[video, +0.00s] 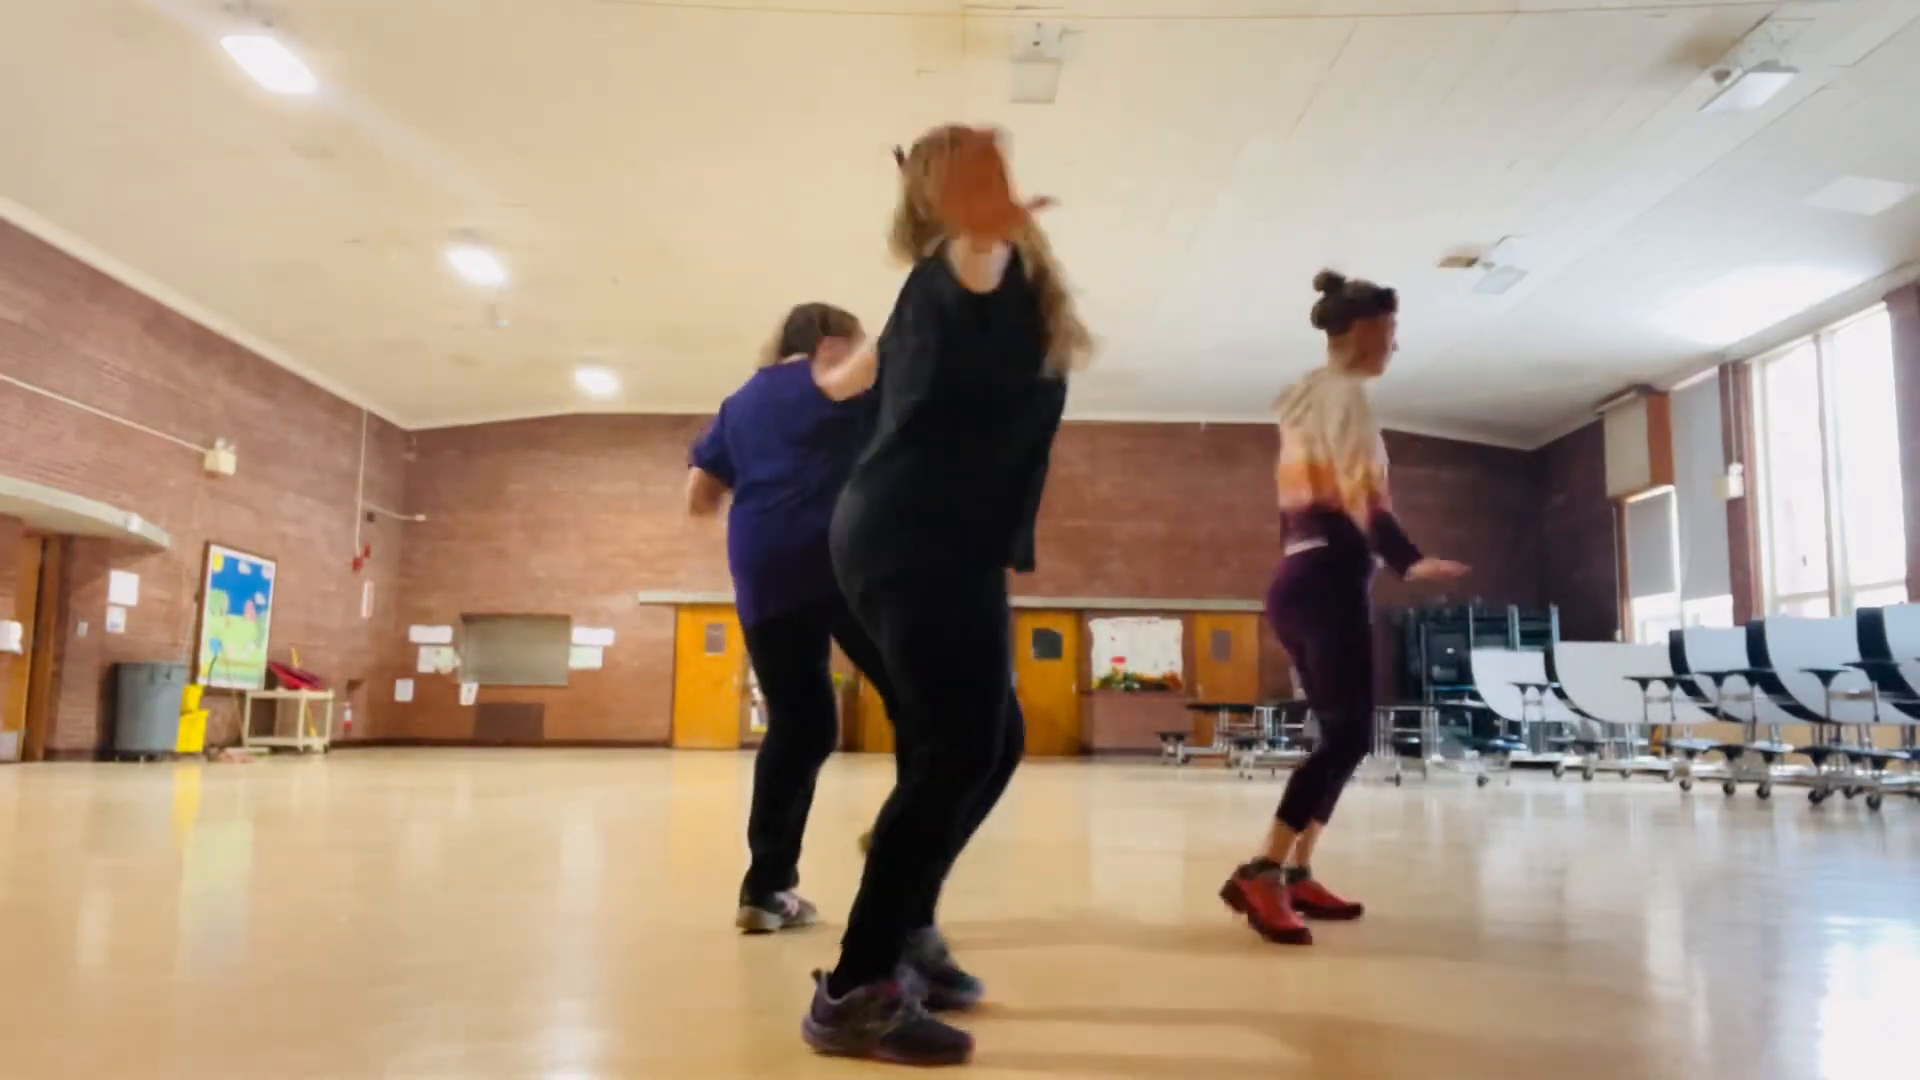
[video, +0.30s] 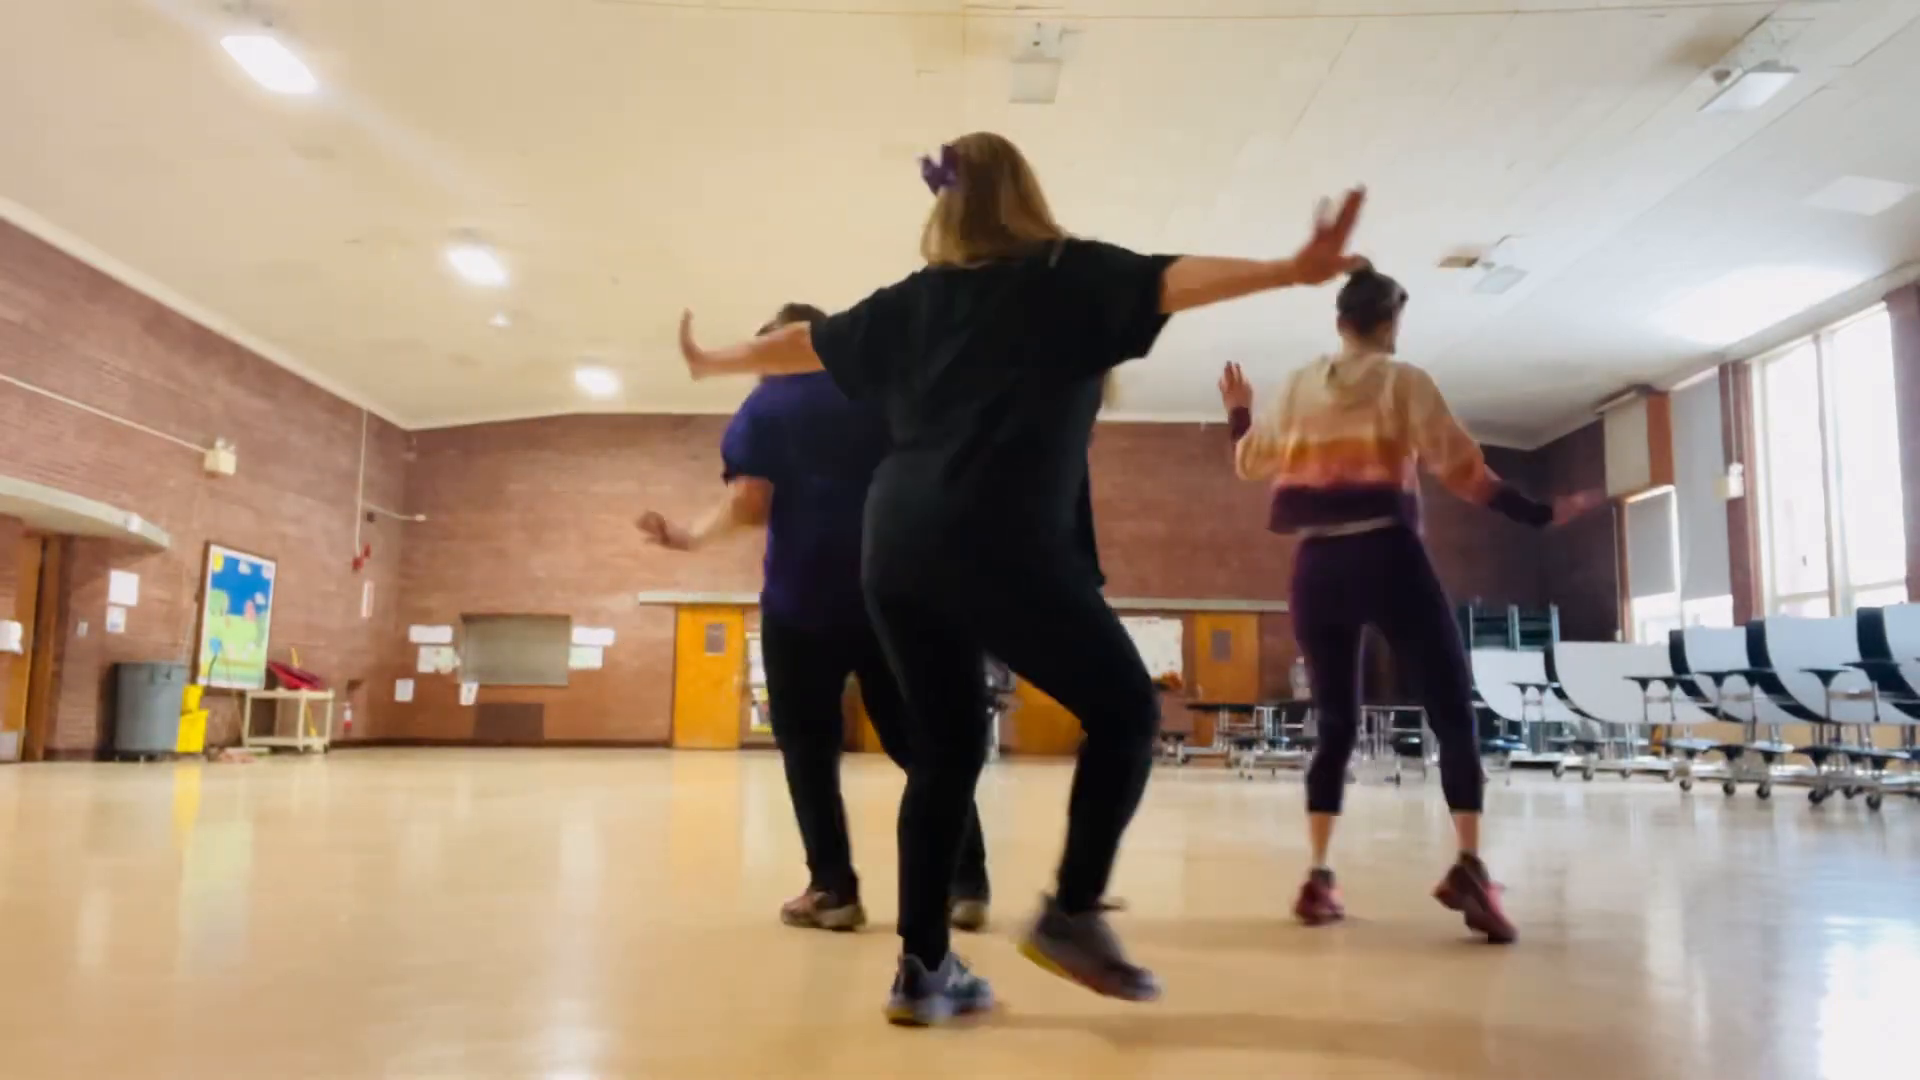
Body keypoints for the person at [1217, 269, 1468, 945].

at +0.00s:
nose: (1393, 344)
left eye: (1393, 331)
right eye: (1386, 331)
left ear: (1346, 335)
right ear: (1353, 333)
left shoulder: (1310, 394)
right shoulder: (1342, 395)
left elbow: (1319, 498)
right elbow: (1355, 496)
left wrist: (1381, 556)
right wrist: (1411, 560)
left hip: (1302, 579)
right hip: (1329, 581)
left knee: (1344, 732)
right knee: (1347, 733)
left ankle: (1296, 872)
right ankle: (1266, 872)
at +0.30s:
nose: (1397, 330)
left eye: (1390, 320)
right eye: (1397, 320)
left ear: (1338, 322)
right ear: (1395, 321)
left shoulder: (1300, 385)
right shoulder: (1406, 382)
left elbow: (1250, 466)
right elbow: (1465, 474)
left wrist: (1238, 413)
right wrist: (1544, 512)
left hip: (1318, 564)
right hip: (1391, 559)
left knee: (1334, 724)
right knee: (1452, 712)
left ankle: (1317, 877)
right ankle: (1467, 865)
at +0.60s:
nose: (1333, 344)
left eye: (1337, 335)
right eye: (1339, 335)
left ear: (1348, 336)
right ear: (1397, 341)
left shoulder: (1322, 405)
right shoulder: (1433, 402)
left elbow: (1281, 485)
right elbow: (1493, 474)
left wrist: (1248, 430)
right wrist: (1532, 503)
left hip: (1359, 579)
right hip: (1437, 573)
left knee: (1365, 737)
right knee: (1477, 700)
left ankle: (1416, 887)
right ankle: (1507, 807)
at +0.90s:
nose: (1345, 336)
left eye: (1353, 324)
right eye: (1347, 324)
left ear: (1386, 326)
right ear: (1393, 330)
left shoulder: (1403, 385)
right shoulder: (1430, 387)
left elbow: (1373, 459)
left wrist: (1311, 409)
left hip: (1420, 580)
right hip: (1449, 577)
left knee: (1402, 732)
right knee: (1440, 729)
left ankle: (1468, 878)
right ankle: (1501, 871)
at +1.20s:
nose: (1369, 318)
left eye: (1383, 307)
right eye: (1364, 307)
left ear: (1418, 314)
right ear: (1361, 320)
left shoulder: (1441, 377)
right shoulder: (1375, 402)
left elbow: (1481, 445)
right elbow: (1367, 490)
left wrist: (1469, 380)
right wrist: (1300, 511)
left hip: (1440, 573)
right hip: (1382, 572)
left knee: (1425, 729)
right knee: (1341, 704)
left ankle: (1470, 880)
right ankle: (1361, 832)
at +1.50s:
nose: (1402, 330)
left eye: (1414, 322)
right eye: (1392, 320)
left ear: (1432, 335)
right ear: (1374, 331)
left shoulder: (1464, 405)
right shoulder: (1351, 413)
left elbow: (1520, 484)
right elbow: (1319, 505)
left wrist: (1571, 433)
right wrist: (1281, 552)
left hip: (1438, 579)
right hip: (1364, 577)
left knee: (1441, 734)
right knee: (1305, 705)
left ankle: (1432, 876)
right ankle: (1330, 817)